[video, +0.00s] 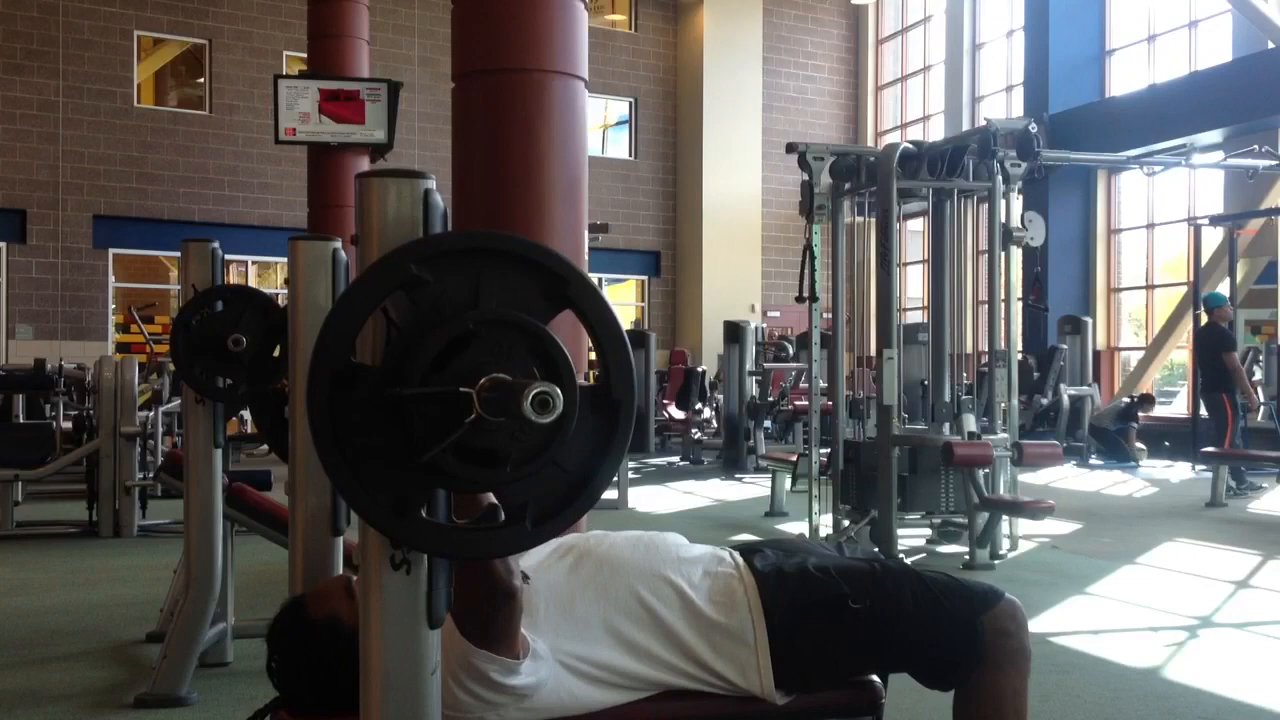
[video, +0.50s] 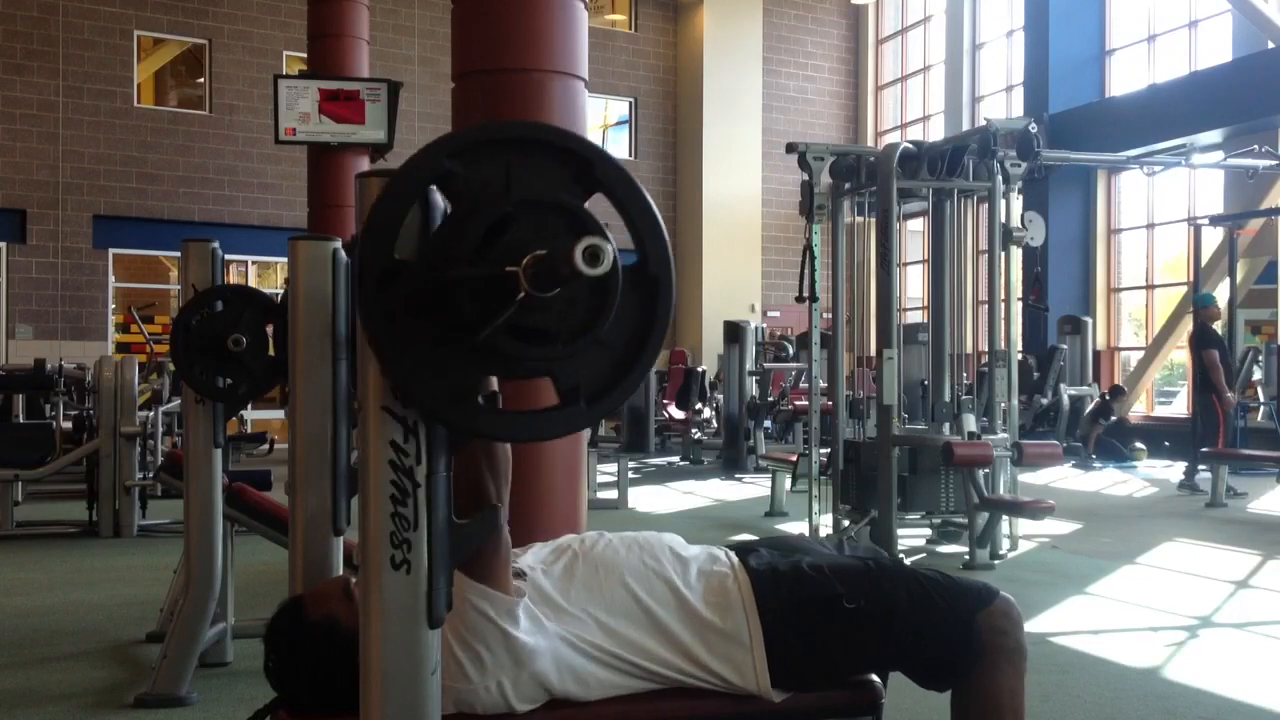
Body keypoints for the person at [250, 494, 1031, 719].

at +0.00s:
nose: (356, 579)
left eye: (346, 580)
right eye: (344, 594)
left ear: (365, 592)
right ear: (352, 636)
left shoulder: (456, 627)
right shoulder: (472, 681)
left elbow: (494, 561)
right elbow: (490, 589)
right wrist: (449, 444)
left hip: (741, 575)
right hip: (753, 612)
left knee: (974, 605)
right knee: (994, 625)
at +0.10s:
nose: (355, 571)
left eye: (340, 573)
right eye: (342, 587)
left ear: (358, 591)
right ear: (351, 633)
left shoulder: (463, 629)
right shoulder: (467, 677)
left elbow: (551, 525)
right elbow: (479, 556)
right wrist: (448, 418)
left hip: (739, 574)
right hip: (756, 610)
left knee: (963, 604)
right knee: (996, 627)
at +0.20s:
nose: (357, 567)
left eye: (342, 569)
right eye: (343, 585)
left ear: (364, 579)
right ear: (353, 640)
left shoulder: (460, 605)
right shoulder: (461, 673)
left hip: (746, 567)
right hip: (758, 609)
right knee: (994, 626)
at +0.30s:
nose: (354, 568)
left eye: (340, 567)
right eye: (343, 582)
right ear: (353, 636)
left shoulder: (457, 623)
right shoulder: (466, 670)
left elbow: (465, 534)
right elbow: (472, 531)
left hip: (740, 575)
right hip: (758, 608)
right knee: (993, 624)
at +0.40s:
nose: (361, 572)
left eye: (345, 572)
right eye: (346, 589)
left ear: (361, 593)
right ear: (352, 640)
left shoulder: (450, 635)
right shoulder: (464, 680)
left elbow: (480, 527)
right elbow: (480, 534)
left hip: (736, 578)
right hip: (753, 610)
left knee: (963, 603)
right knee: (990, 624)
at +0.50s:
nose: (363, 570)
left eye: (347, 571)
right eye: (351, 586)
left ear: (346, 669)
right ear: (361, 647)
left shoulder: (452, 640)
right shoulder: (467, 667)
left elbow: (466, 512)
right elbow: (479, 499)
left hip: (726, 578)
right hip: (753, 606)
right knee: (992, 623)